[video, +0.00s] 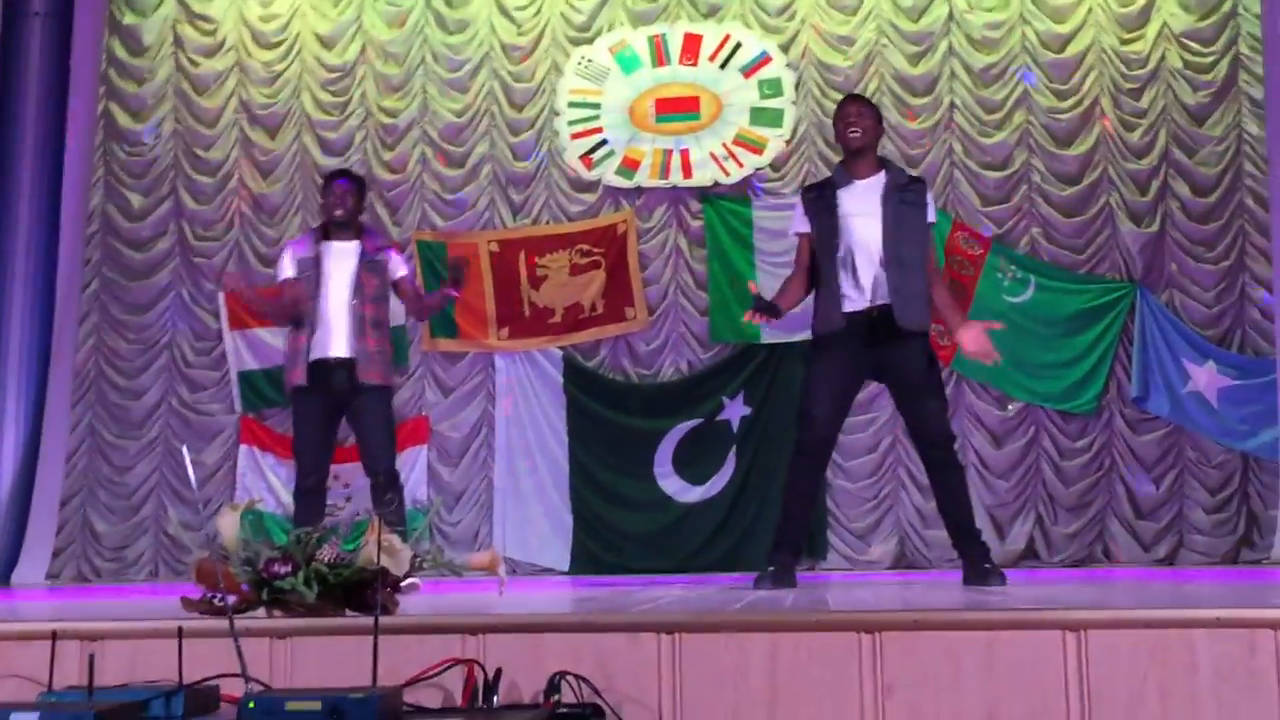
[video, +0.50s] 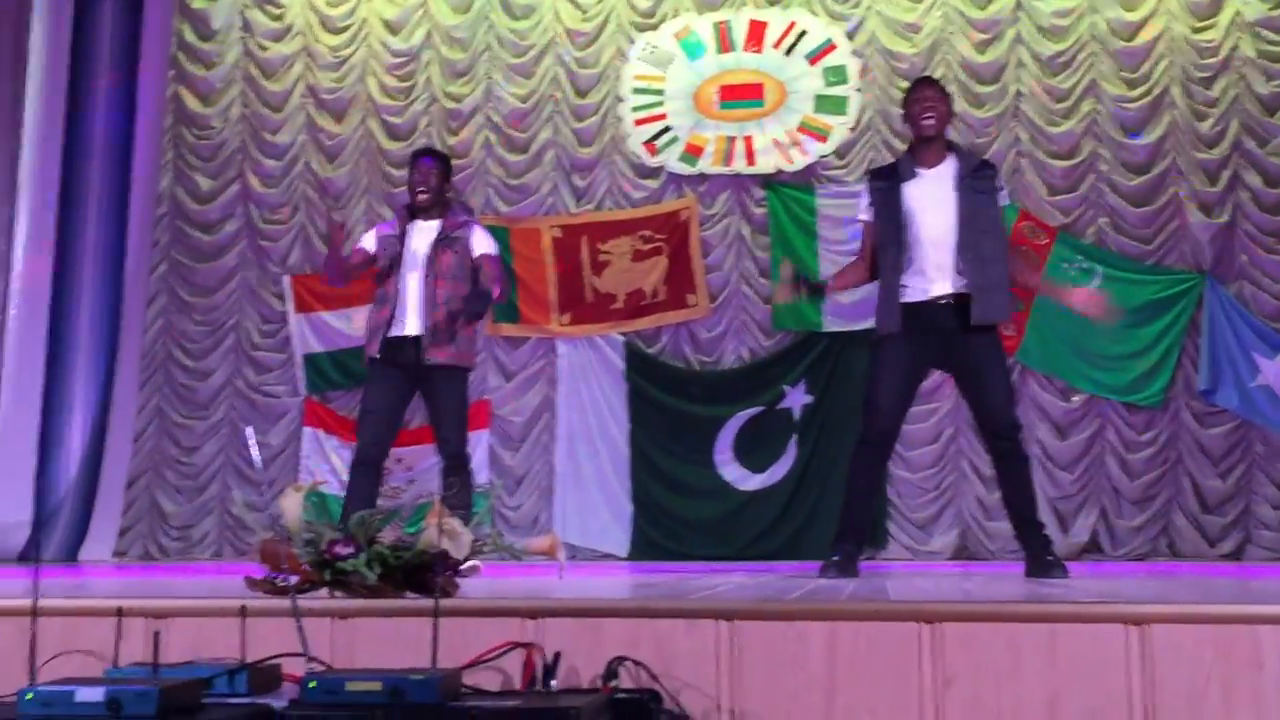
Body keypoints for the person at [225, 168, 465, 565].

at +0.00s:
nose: (339, 203)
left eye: (347, 196)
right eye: (332, 196)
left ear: (361, 204)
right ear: (322, 201)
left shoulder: (383, 252)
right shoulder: (296, 251)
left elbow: (416, 308)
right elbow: (289, 309)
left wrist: (441, 297)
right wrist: (245, 291)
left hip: (367, 375)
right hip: (312, 376)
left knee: (382, 469)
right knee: (309, 473)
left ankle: (396, 559)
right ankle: (303, 562)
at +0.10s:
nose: (349, 196)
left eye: (358, 189)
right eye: (343, 189)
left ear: (373, 195)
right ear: (335, 194)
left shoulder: (397, 245)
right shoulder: (311, 242)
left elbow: (403, 295)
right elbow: (307, 302)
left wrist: (352, 281)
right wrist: (351, 323)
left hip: (373, 364)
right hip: (320, 363)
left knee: (385, 459)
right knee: (305, 461)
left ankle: (394, 548)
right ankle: (301, 549)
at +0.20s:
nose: (367, 188)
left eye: (376, 182)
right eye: (361, 181)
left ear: (391, 188)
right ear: (353, 187)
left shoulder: (415, 238)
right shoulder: (331, 237)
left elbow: (399, 286)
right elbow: (336, 300)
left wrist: (337, 285)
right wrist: (397, 314)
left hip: (391, 358)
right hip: (339, 355)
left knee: (400, 453)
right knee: (312, 451)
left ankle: (405, 542)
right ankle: (310, 542)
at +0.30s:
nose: (397, 187)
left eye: (405, 180)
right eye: (390, 180)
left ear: (420, 187)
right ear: (381, 187)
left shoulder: (443, 238)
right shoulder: (358, 235)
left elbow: (436, 291)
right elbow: (353, 295)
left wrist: (376, 284)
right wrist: (413, 311)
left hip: (416, 355)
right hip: (363, 352)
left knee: (424, 452)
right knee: (336, 449)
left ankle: (427, 543)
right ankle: (332, 541)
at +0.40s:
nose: (408, 191)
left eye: (417, 184)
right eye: (403, 184)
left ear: (435, 187)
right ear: (395, 187)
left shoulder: (459, 238)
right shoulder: (373, 233)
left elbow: (467, 297)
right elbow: (346, 282)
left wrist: (417, 301)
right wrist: (381, 290)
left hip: (431, 358)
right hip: (377, 354)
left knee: (439, 451)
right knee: (354, 449)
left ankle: (440, 544)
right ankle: (342, 542)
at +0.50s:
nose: (422, 182)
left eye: (430, 175)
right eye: (416, 175)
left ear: (447, 183)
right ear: (407, 182)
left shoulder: (470, 233)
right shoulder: (388, 232)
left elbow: (492, 284)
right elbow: (338, 276)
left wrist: (473, 309)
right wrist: (336, 248)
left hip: (444, 355)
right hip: (392, 352)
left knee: (453, 451)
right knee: (369, 449)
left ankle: (456, 539)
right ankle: (350, 539)